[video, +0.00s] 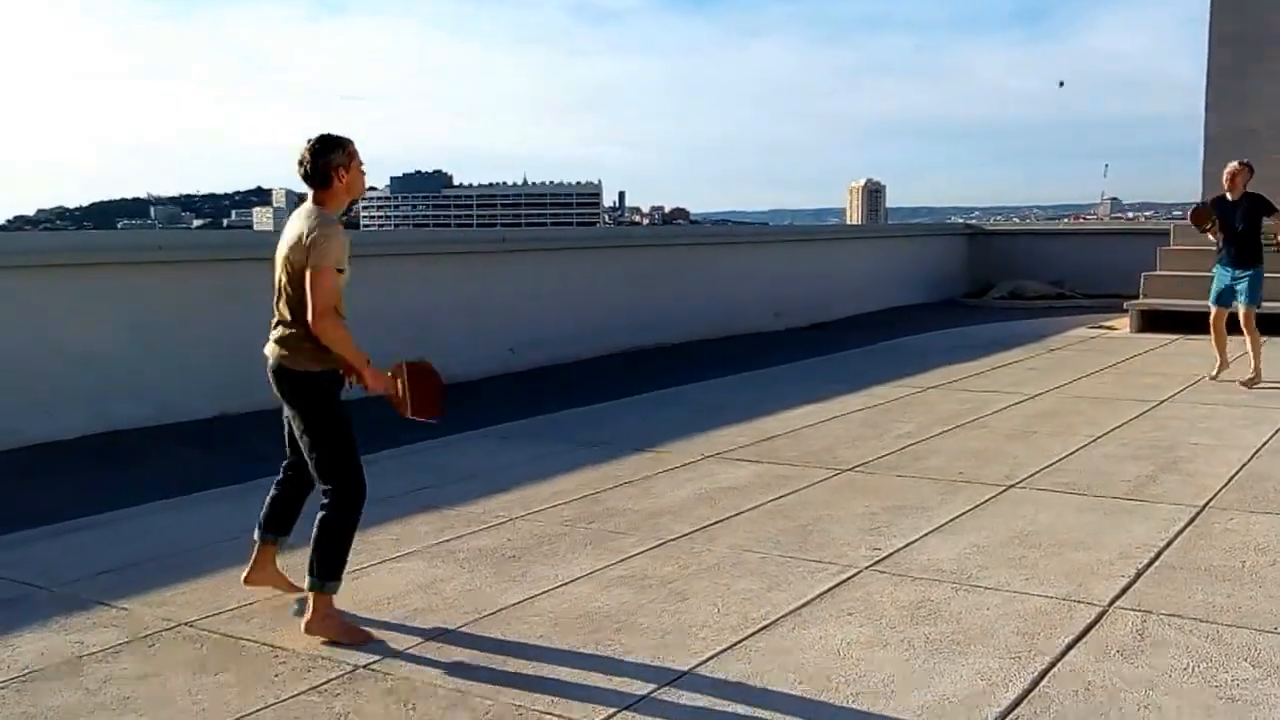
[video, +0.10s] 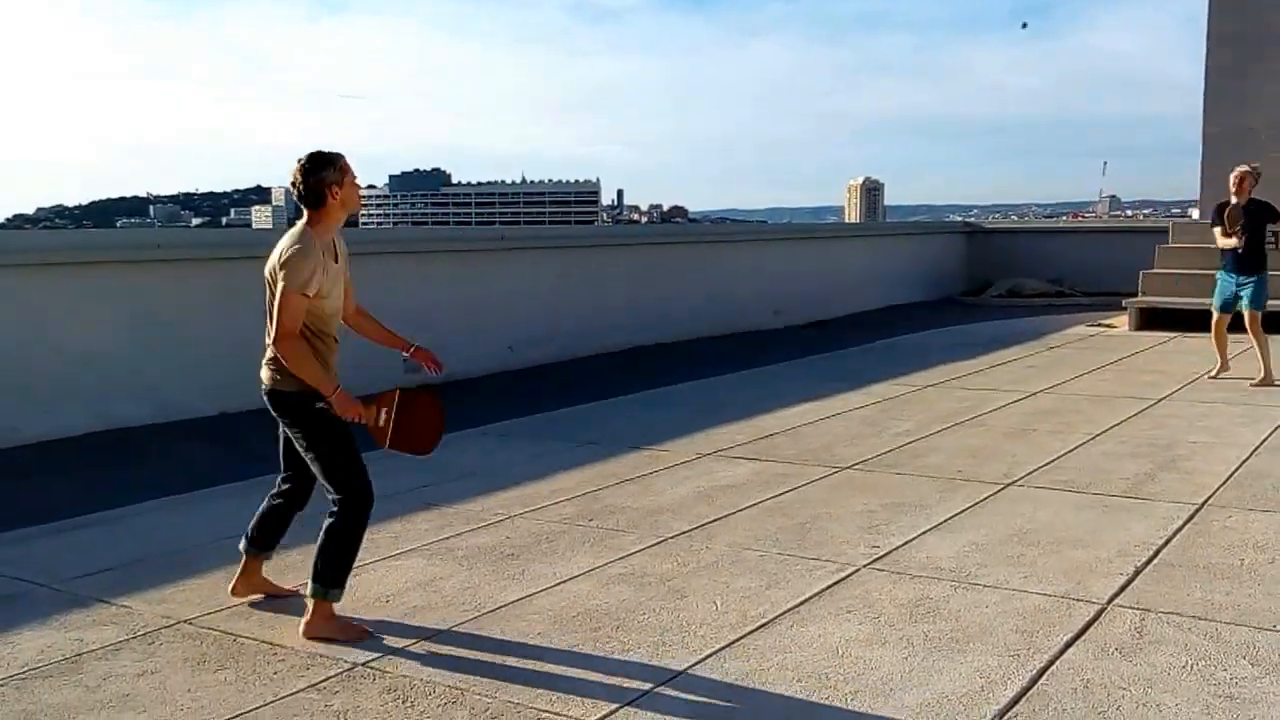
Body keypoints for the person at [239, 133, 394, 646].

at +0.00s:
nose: (364, 175)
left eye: (361, 166)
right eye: (360, 167)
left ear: (323, 176)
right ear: (341, 176)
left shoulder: (303, 221)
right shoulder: (324, 231)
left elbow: (307, 314)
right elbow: (321, 320)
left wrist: (350, 363)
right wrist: (366, 368)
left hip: (289, 366)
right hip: (308, 372)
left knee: (300, 470)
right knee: (346, 487)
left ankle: (262, 563)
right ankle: (320, 610)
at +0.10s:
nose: (359, 186)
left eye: (355, 179)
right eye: (352, 180)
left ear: (327, 192)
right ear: (334, 192)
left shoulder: (332, 241)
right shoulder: (301, 251)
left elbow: (350, 312)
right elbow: (283, 340)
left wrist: (406, 347)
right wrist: (334, 390)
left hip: (308, 386)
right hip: (294, 391)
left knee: (295, 483)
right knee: (354, 494)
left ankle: (248, 574)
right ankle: (321, 615)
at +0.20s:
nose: (349, 187)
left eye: (345, 180)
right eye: (342, 182)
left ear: (319, 196)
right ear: (324, 195)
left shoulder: (342, 247)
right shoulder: (285, 255)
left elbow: (394, 293)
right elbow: (252, 340)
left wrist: (455, 319)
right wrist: (299, 395)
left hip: (311, 386)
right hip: (284, 390)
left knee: (294, 483)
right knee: (356, 482)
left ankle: (245, 577)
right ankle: (322, 603)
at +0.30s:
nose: (335, 183)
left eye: (330, 176)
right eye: (328, 178)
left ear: (310, 196)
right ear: (309, 195)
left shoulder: (338, 235)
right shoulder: (267, 259)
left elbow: (406, 260)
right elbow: (226, 336)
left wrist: (475, 272)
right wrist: (275, 379)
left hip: (317, 382)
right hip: (287, 389)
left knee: (295, 481)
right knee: (356, 482)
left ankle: (245, 575)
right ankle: (316, 608)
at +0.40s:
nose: (325, 181)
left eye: (318, 175)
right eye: (317, 177)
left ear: (300, 197)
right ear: (297, 196)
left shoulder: (339, 232)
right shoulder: (256, 263)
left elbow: (417, 232)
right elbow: (218, 339)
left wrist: (482, 219)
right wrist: (248, 351)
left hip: (326, 390)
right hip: (297, 396)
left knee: (293, 487)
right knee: (349, 504)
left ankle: (244, 573)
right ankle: (296, 628)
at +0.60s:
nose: (327, 176)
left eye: (320, 168)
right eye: (317, 172)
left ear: (301, 191)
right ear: (296, 191)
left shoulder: (343, 225)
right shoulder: (263, 255)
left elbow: (406, 215)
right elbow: (254, 332)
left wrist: (464, 197)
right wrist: (235, 278)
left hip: (346, 386)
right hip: (305, 397)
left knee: (350, 489)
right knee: (351, 502)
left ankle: (286, 557)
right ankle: (294, 622)